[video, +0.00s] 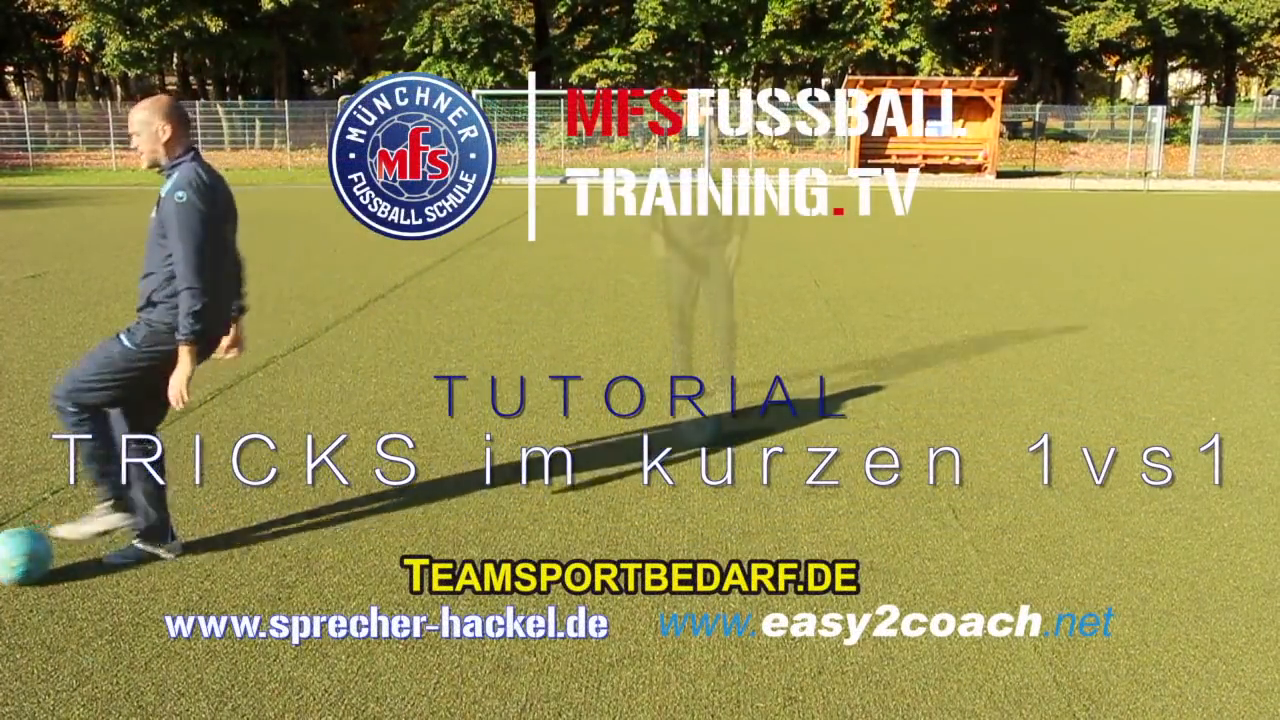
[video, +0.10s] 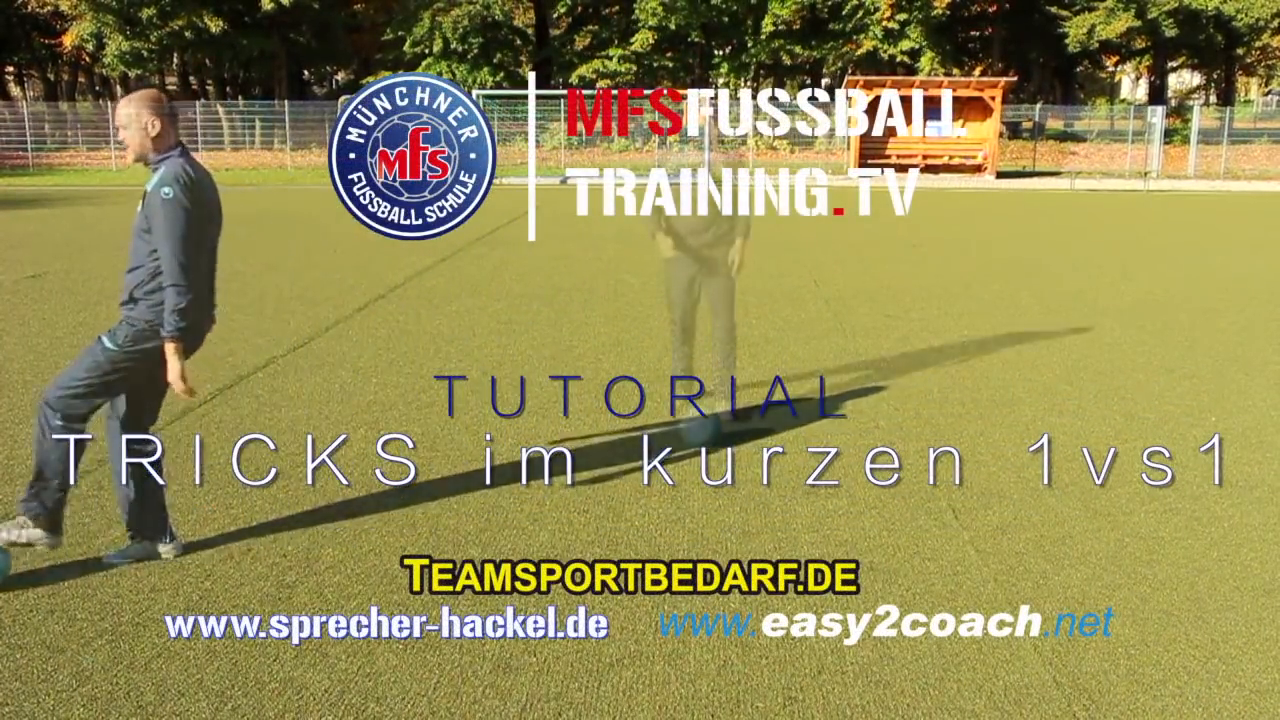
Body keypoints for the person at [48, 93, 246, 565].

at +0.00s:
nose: (133, 146)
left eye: (137, 136)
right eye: (131, 137)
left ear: (166, 131)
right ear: (172, 132)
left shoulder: (183, 187)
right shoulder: (207, 179)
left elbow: (190, 280)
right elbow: (229, 255)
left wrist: (186, 358)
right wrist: (235, 317)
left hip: (163, 328)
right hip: (193, 327)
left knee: (72, 397)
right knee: (133, 422)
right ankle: (155, 534)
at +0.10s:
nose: (120, 139)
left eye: (124, 129)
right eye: (119, 130)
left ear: (154, 126)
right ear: (159, 127)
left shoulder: (169, 182)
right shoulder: (193, 176)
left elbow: (178, 270)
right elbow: (200, 263)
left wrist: (173, 345)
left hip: (148, 325)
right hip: (172, 324)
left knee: (59, 405)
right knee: (129, 420)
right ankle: (152, 535)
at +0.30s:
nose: (104, 127)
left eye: (108, 116)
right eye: (103, 117)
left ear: (141, 113)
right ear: (142, 115)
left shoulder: (157, 172)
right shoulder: (166, 164)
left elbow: (163, 272)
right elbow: (156, 251)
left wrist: (148, 345)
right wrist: (110, 258)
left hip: (137, 317)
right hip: (165, 312)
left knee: (62, 407)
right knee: (142, 421)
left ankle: (81, 531)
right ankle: (156, 534)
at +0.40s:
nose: (103, 125)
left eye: (109, 116)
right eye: (103, 115)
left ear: (137, 116)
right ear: (145, 115)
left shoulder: (156, 177)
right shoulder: (161, 167)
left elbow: (164, 274)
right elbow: (155, 252)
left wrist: (147, 347)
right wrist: (106, 261)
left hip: (140, 320)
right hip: (157, 314)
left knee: (85, 420)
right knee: (147, 425)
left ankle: (127, 540)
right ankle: (161, 537)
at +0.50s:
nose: (111, 122)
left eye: (118, 112)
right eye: (108, 112)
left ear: (142, 115)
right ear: (121, 115)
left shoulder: (166, 180)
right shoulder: (145, 173)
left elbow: (175, 277)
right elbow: (148, 255)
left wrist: (158, 349)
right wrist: (110, 281)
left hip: (146, 330)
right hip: (132, 324)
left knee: (128, 437)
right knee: (129, 432)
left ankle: (178, 552)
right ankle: (155, 536)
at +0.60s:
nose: (117, 128)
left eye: (123, 117)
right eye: (115, 118)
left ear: (142, 122)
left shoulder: (179, 182)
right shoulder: (133, 174)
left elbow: (192, 274)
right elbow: (127, 250)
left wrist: (182, 352)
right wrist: (112, 306)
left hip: (156, 334)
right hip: (128, 330)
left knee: (167, 444)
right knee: (137, 438)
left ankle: (207, 551)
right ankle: (154, 534)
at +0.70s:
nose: (143, 146)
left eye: (152, 135)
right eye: (136, 136)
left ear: (172, 133)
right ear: (130, 138)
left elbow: (217, 277)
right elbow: (128, 266)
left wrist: (208, 353)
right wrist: (117, 320)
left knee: (192, 451)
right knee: (139, 451)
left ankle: (219, 555)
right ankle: (151, 548)